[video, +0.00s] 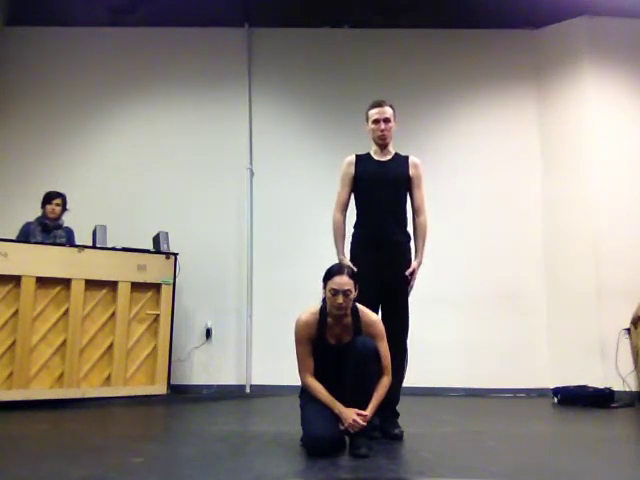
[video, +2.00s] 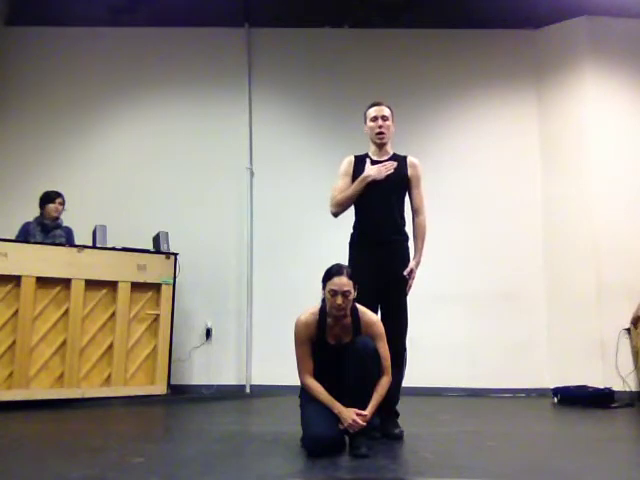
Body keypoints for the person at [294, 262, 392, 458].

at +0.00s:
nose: (340, 301)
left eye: (347, 294)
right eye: (334, 293)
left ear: (355, 293)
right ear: (324, 292)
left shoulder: (371, 322)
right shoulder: (307, 323)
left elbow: (386, 374)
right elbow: (307, 377)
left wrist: (366, 415)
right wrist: (342, 411)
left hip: (356, 392)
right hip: (321, 393)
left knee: (365, 346)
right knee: (322, 445)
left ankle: (360, 432)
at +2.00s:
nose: (339, 302)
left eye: (346, 295)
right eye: (333, 294)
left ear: (354, 294)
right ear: (323, 292)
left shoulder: (371, 323)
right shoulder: (306, 324)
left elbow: (386, 375)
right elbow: (306, 378)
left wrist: (366, 413)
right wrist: (341, 411)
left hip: (355, 392)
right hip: (320, 393)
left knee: (365, 347)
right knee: (321, 445)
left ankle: (359, 432)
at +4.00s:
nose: (340, 303)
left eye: (346, 296)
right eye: (334, 296)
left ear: (355, 295)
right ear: (324, 293)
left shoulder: (370, 323)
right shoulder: (307, 324)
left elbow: (393, 375)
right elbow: (306, 379)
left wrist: (368, 408)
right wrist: (338, 412)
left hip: (356, 394)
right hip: (321, 395)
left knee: (365, 347)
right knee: (321, 445)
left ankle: (360, 434)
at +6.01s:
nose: (339, 304)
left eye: (346, 297)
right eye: (333, 296)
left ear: (355, 295)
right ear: (324, 293)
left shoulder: (370, 323)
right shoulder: (306, 324)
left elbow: (391, 377)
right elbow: (306, 378)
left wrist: (362, 413)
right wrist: (338, 413)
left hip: (356, 392)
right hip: (321, 394)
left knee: (365, 346)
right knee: (321, 444)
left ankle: (360, 433)